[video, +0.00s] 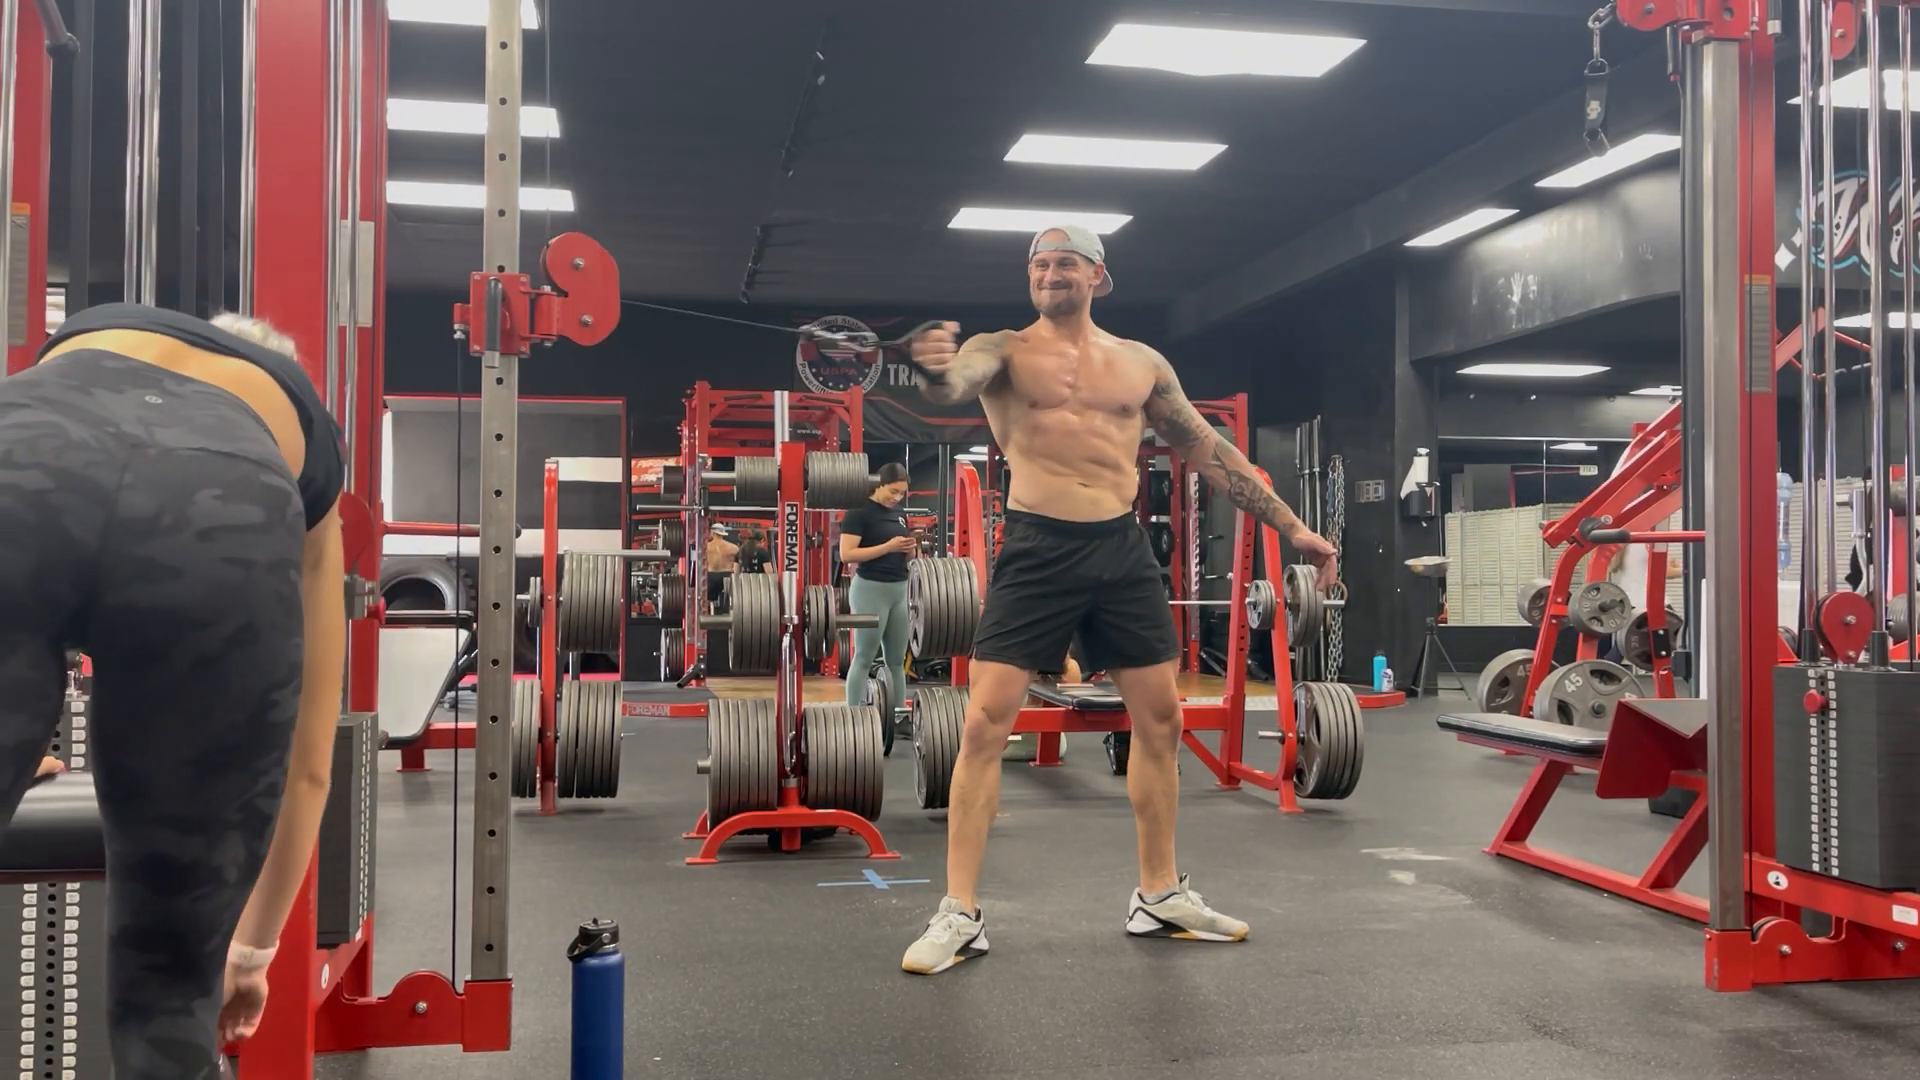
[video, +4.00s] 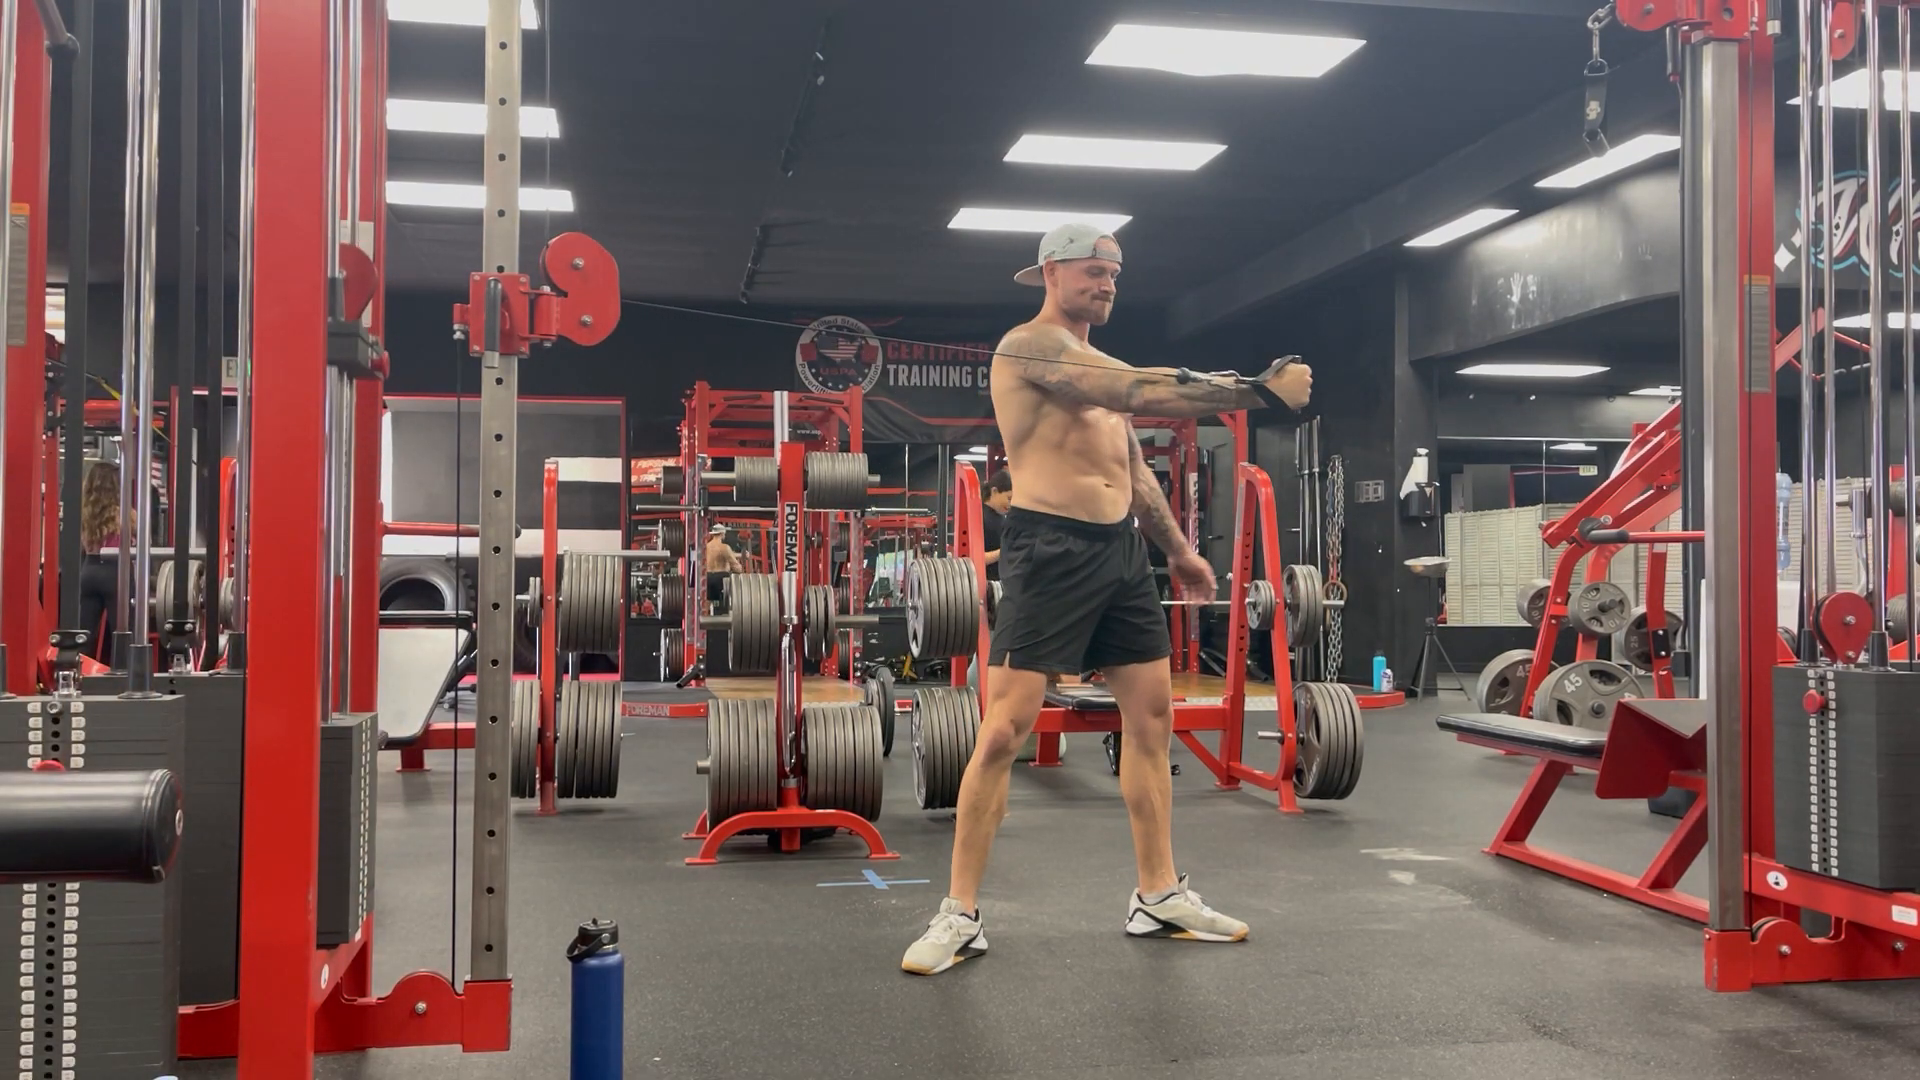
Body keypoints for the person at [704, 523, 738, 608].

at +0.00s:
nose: (711, 535)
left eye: (711, 533)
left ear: (713, 534)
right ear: (723, 534)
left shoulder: (707, 546)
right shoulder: (732, 547)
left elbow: (705, 562)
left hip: (711, 573)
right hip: (726, 573)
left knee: (711, 600)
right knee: (725, 602)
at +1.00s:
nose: (727, 536)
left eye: (727, 533)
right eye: (726, 533)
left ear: (716, 534)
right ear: (721, 534)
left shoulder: (709, 545)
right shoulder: (720, 546)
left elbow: (727, 551)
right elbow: (727, 565)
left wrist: (737, 554)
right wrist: (734, 570)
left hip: (711, 572)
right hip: (721, 572)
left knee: (710, 600)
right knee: (724, 601)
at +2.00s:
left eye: (714, 533)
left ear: (713, 534)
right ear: (723, 534)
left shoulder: (707, 546)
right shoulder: (730, 547)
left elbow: (704, 561)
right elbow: (732, 562)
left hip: (710, 573)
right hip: (724, 573)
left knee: (709, 601)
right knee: (724, 602)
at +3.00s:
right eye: (724, 534)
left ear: (713, 534)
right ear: (723, 535)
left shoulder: (707, 546)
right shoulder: (726, 547)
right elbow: (737, 563)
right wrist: (738, 572)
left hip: (709, 573)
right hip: (723, 573)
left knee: (708, 601)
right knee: (722, 602)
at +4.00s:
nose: (724, 536)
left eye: (724, 534)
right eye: (724, 534)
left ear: (713, 534)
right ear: (722, 534)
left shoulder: (707, 546)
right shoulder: (724, 547)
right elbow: (735, 565)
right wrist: (739, 570)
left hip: (709, 573)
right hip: (722, 573)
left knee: (709, 600)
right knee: (722, 602)